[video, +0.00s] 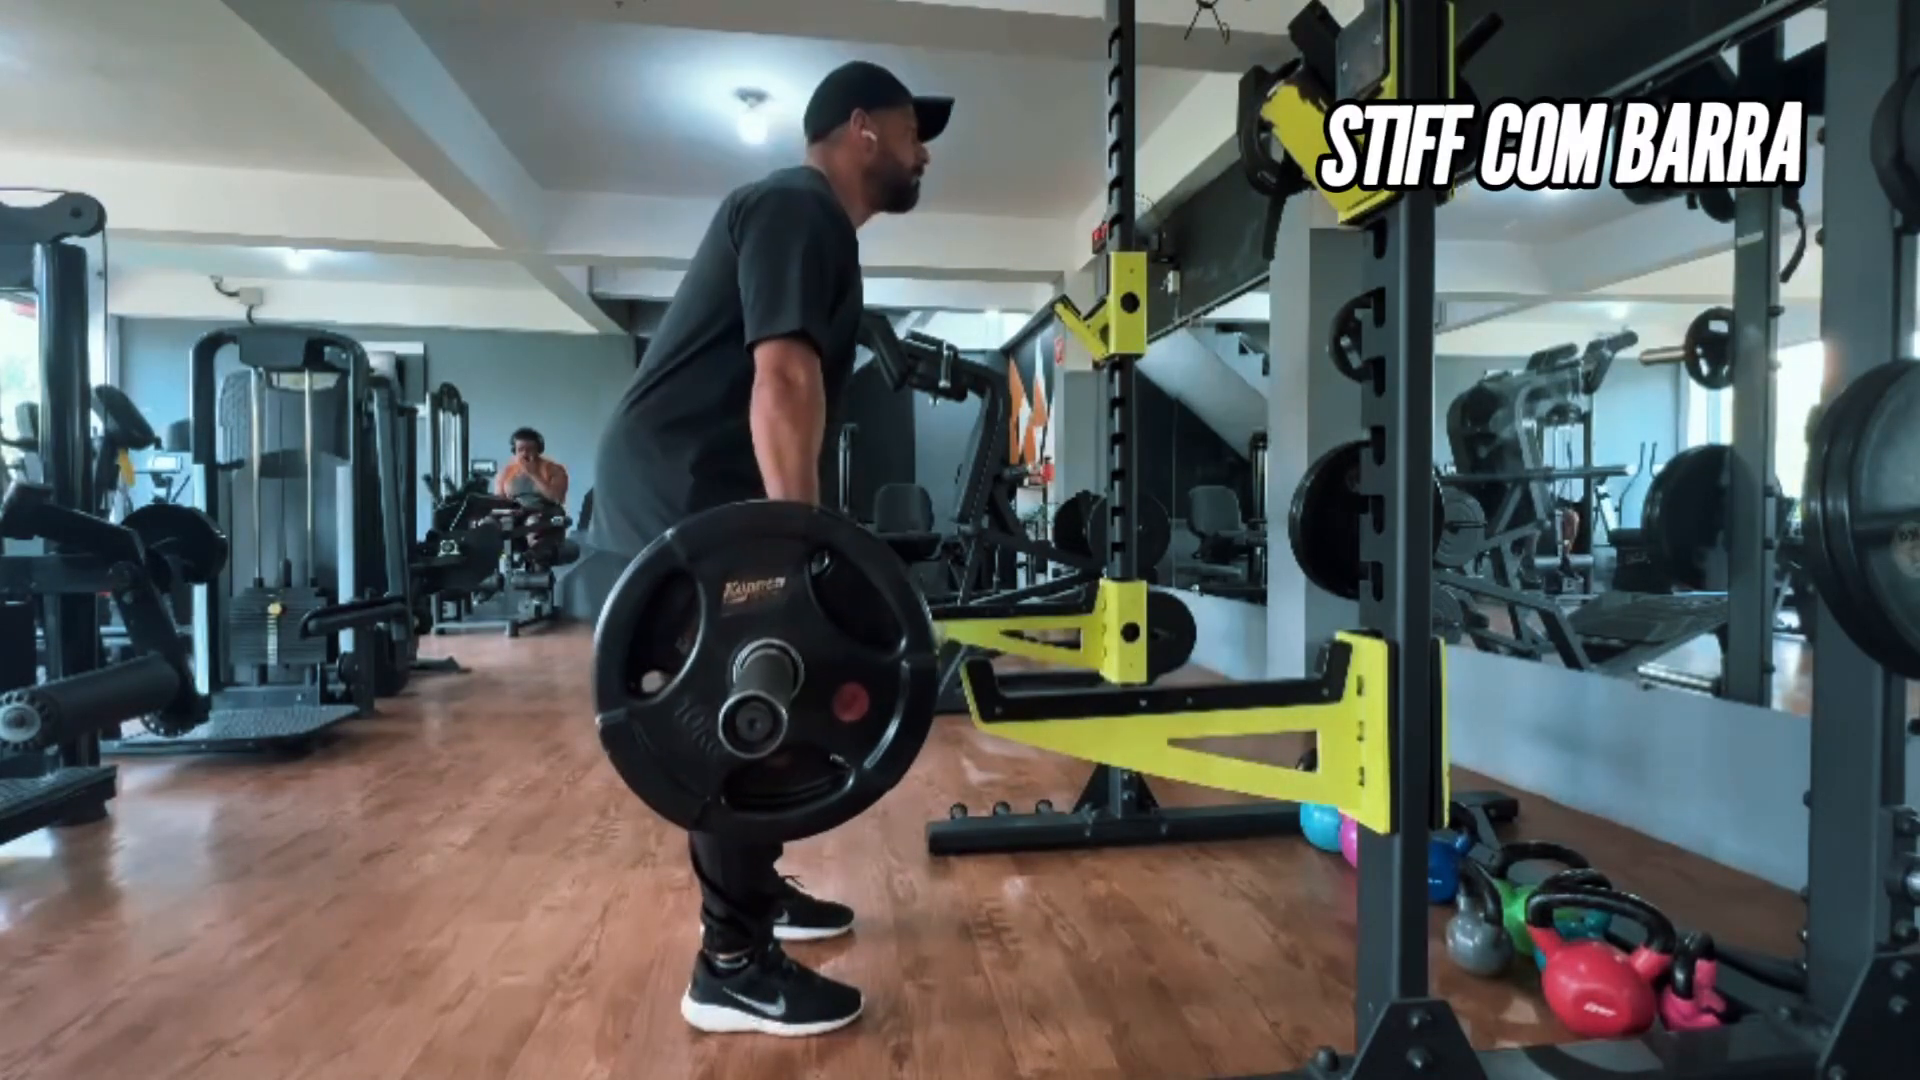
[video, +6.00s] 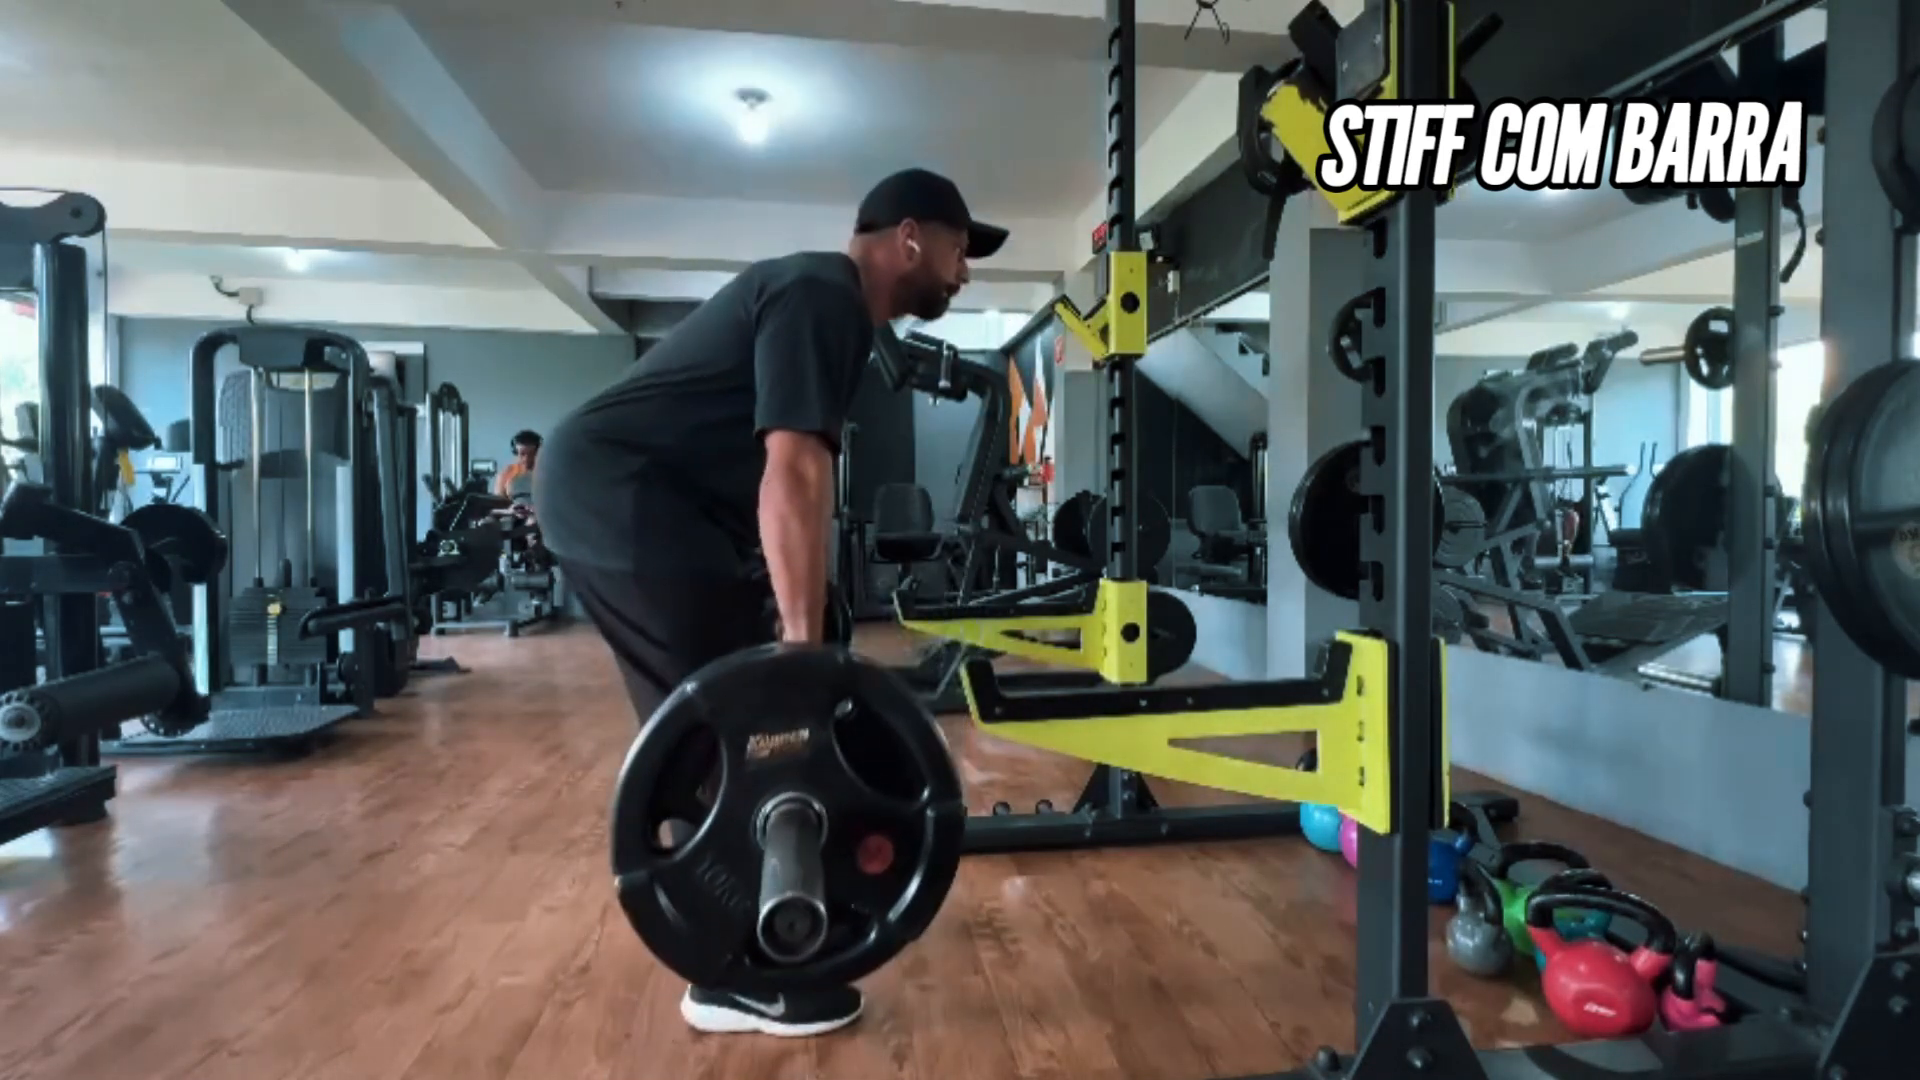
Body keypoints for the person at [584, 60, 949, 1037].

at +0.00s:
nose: (925, 156)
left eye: (925, 139)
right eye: (914, 134)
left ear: (853, 135)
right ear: (857, 130)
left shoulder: (816, 220)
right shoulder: (796, 203)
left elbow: (794, 384)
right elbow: (782, 376)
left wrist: (805, 547)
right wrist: (803, 551)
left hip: (706, 488)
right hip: (681, 491)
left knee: (758, 693)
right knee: (739, 708)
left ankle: (748, 882)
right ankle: (730, 961)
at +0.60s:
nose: (982, 299)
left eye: (986, 283)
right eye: (978, 277)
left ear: (923, 266)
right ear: (927, 261)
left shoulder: (853, 331)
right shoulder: (831, 307)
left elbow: (805, 491)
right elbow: (800, 489)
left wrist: (801, 650)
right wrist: (800, 661)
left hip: (628, 485)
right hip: (624, 484)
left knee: (706, 719)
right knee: (747, 714)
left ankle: (715, 946)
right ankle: (764, 965)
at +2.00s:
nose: (922, 160)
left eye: (922, 143)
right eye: (913, 139)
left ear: (854, 136)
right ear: (858, 131)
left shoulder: (816, 225)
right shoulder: (792, 205)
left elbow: (796, 387)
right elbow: (787, 381)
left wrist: (809, 558)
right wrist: (807, 561)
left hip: (700, 478)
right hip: (664, 478)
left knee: (748, 689)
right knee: (722, 705)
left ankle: (750, 881)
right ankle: (731, 960)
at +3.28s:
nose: (981, 273)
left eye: (985, 256)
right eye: (975, 251)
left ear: (917, 244)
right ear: (924, 238)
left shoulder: (853, 314)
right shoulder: (831, 291)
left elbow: (816, 476)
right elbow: (813, 470)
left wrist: (821, 642)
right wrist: (822, 647)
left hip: (659, 489)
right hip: (633, 483)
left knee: (723, 719)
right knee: (734, 715)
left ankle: (746, 957)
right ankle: (735, 971)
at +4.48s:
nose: (934, 178)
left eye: (935, 160)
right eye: (925, 157)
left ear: (867, 153)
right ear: (870, 148)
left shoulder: (820, 234)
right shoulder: (800, 216)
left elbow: (799, 394)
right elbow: (788, 386)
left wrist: (810, 562)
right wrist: (813, 566)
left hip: (694, 475)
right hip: (660, 475)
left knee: (741, 682)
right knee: (724, 697)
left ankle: (748, 881)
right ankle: (729, 958)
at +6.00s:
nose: (967, 272)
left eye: (970, 256)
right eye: (960, 250)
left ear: (899, 243)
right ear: (908, 237)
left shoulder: (830, 307)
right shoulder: (817, 292)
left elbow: (796, 476)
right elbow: (793, 470)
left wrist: (803, 639)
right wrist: (804, 645)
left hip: (627, 489)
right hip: (625, 488)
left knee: (711, 719)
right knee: (745, 710)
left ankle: (733, 959)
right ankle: (737, 973)